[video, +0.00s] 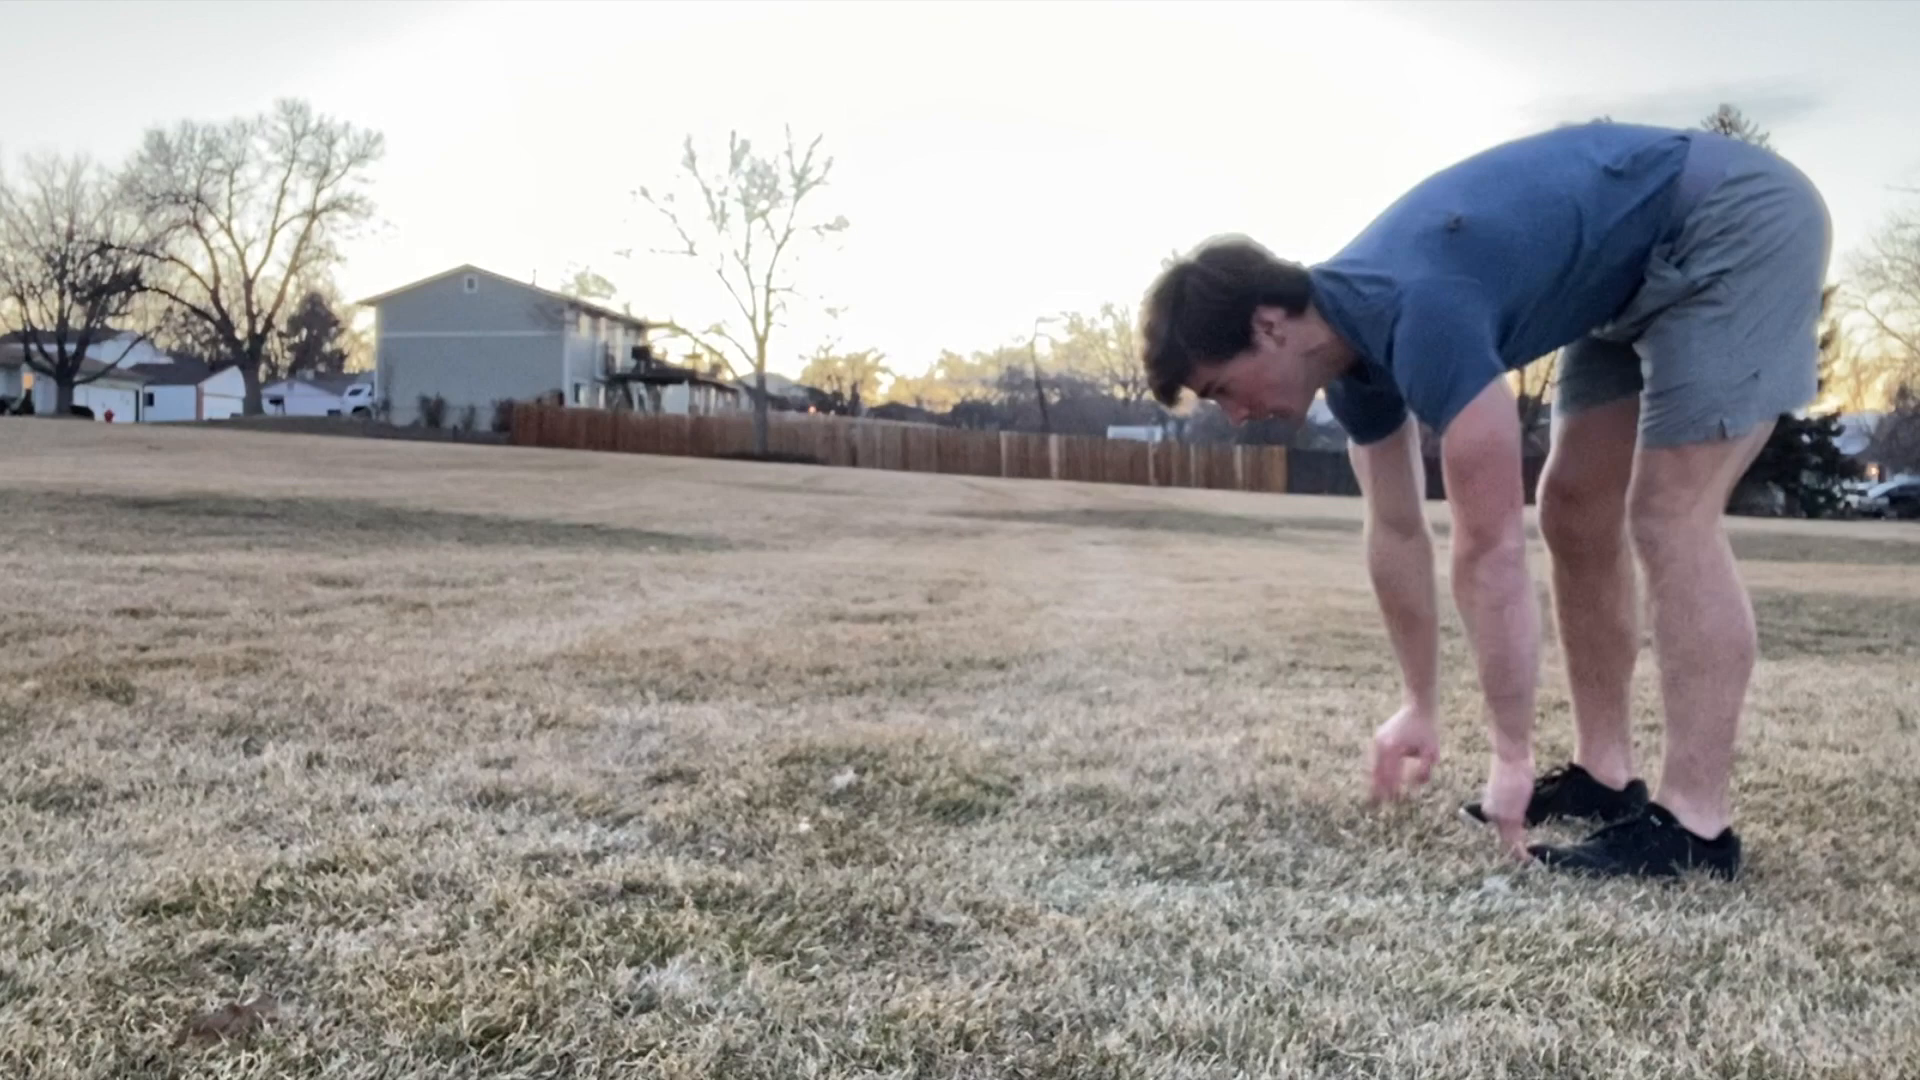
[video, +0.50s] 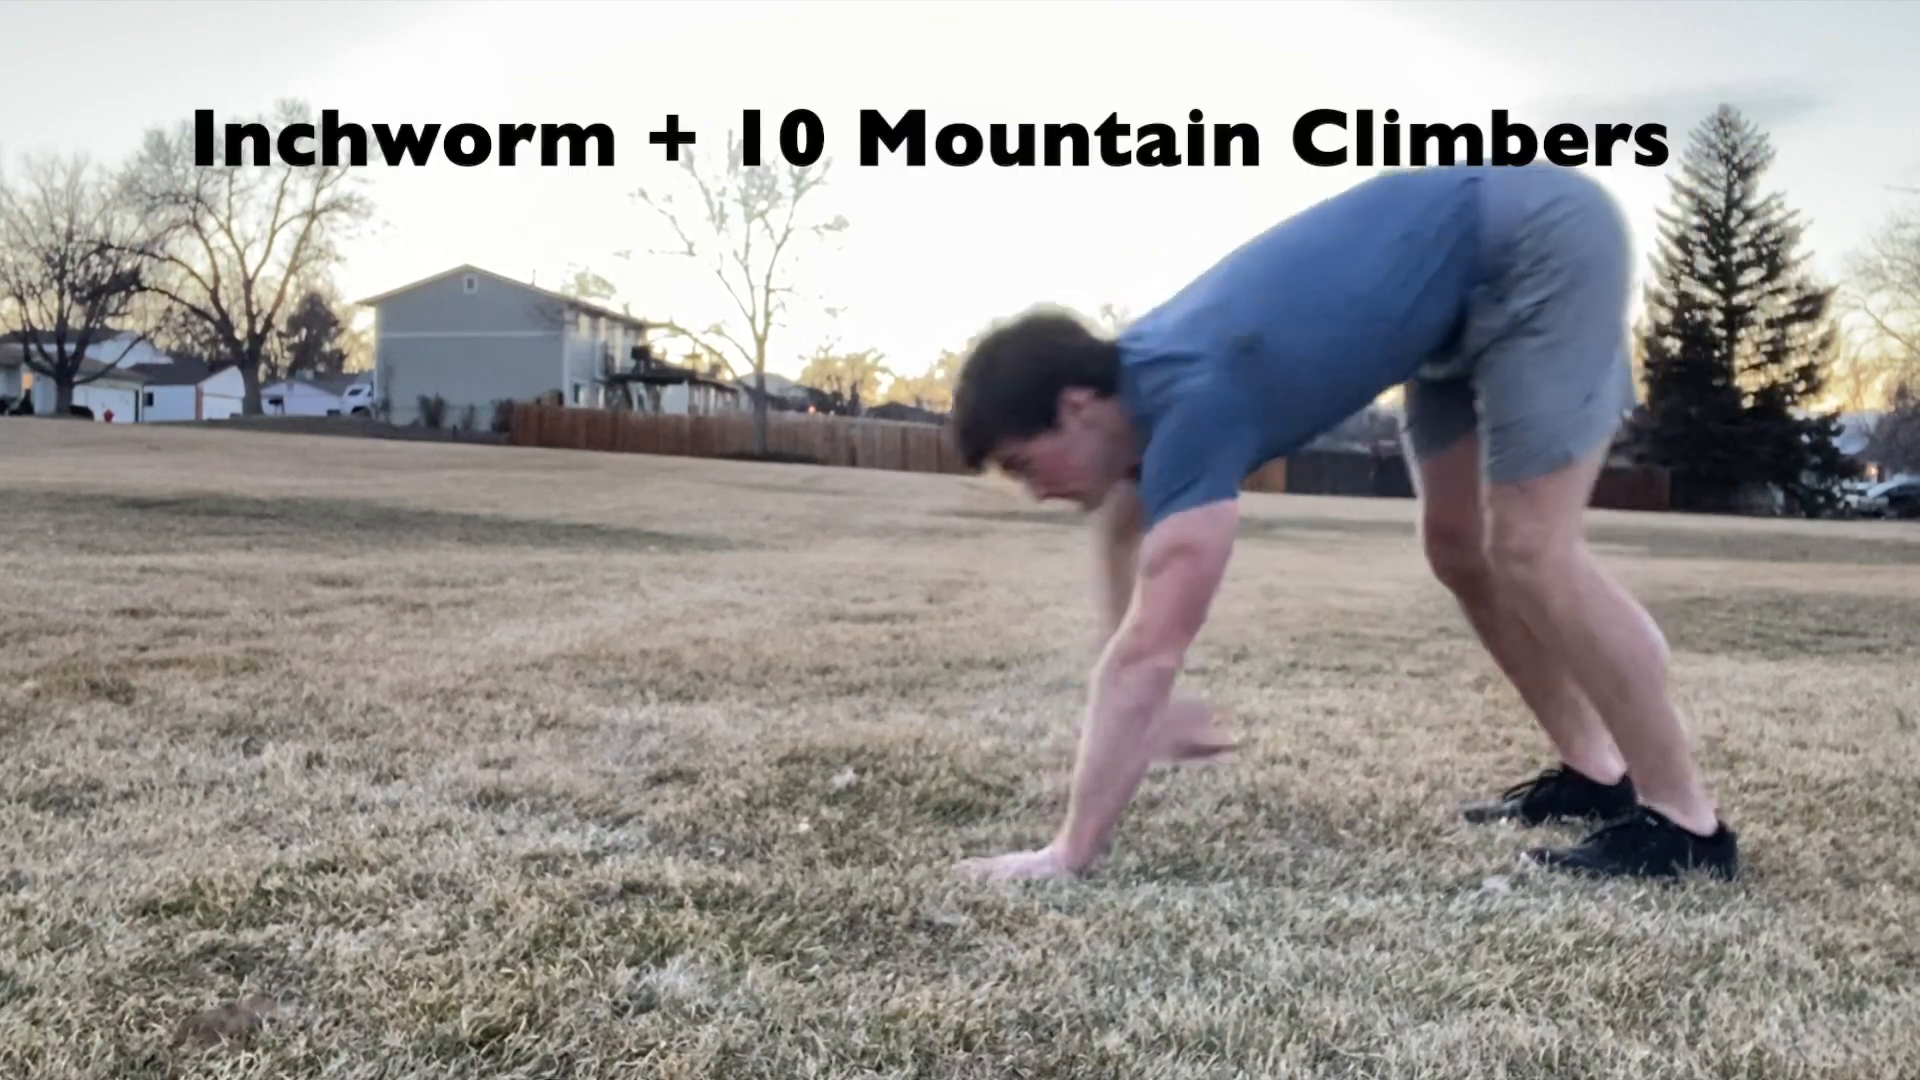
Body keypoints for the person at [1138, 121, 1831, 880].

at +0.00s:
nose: (1235, 418)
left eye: (1224, 392)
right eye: (1217, 404)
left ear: (1268, 327)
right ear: (1269, 326)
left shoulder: (1427, 304)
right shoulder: (1354, 356)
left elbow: (1489, 548)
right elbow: (1394, 532)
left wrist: (1511, 757)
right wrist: (1420, 708)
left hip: (1735, 217)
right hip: (1630, 267)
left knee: (1675, 513)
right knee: (1577, 511)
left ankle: (1698, 824)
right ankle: (1609, 780)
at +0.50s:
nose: (1036, 493)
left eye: (1028, 466)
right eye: (1019, 478)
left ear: (1078, 410)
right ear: (1078, 404)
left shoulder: (1201, 392)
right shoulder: (1135, 381)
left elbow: (1149, 653)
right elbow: (1119, 543)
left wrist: (1072, 849)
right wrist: (1145, 707)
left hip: (1541, 230)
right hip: (1448, 273)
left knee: (1531, 547)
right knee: (1464, 549)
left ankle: (1688, 823)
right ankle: (1598, 777)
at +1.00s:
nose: (609, 465)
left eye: (599, 436)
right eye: (590, 449)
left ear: (648, 374)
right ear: (646, 383)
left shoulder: (804, 372)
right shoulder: (755, 419)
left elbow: (814, 594)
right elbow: (771, 590)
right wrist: (720, 742)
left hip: (1151, 373)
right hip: (1102, 435)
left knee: (1351, 621)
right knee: (1302, 636)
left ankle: (1648, 780)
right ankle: (1554, 737)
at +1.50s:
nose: (524, 448)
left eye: (513, 419)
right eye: (506, 432)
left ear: (557, 359)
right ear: (567, 357)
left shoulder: (689, 376)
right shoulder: (701, 389)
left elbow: (663, 649)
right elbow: (698, 634)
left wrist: (595, 851)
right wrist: (631, 788)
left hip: (1079, 465)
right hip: (1053, 488)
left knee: (1333, 680)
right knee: (1235, 709)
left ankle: (1642, 779)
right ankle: (1508, 734)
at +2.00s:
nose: (506, 472)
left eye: (485, 448)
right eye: (482, 464)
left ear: (516, 376)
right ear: (523, 372)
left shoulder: (651, 372)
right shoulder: (651, 386)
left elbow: (630, 622)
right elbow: (679, 615)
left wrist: (594, 845)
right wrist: (653, 783)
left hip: (1003, 389)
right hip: (1006, 448)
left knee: (726, 458)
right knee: (1226, 642)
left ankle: (761, 819)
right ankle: (1521, 747)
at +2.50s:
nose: (473, 473)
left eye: (452, 450)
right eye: (451, 465)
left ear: (476, 379)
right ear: (488, 376)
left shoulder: (602, 377)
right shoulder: (618, 371)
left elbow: (634, 621)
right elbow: (643, 629)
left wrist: (602, 839)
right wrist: (623, 819)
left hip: (966, 449)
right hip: (911, 445)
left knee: (1216, 663)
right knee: (753, 492)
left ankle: (1515, 733)